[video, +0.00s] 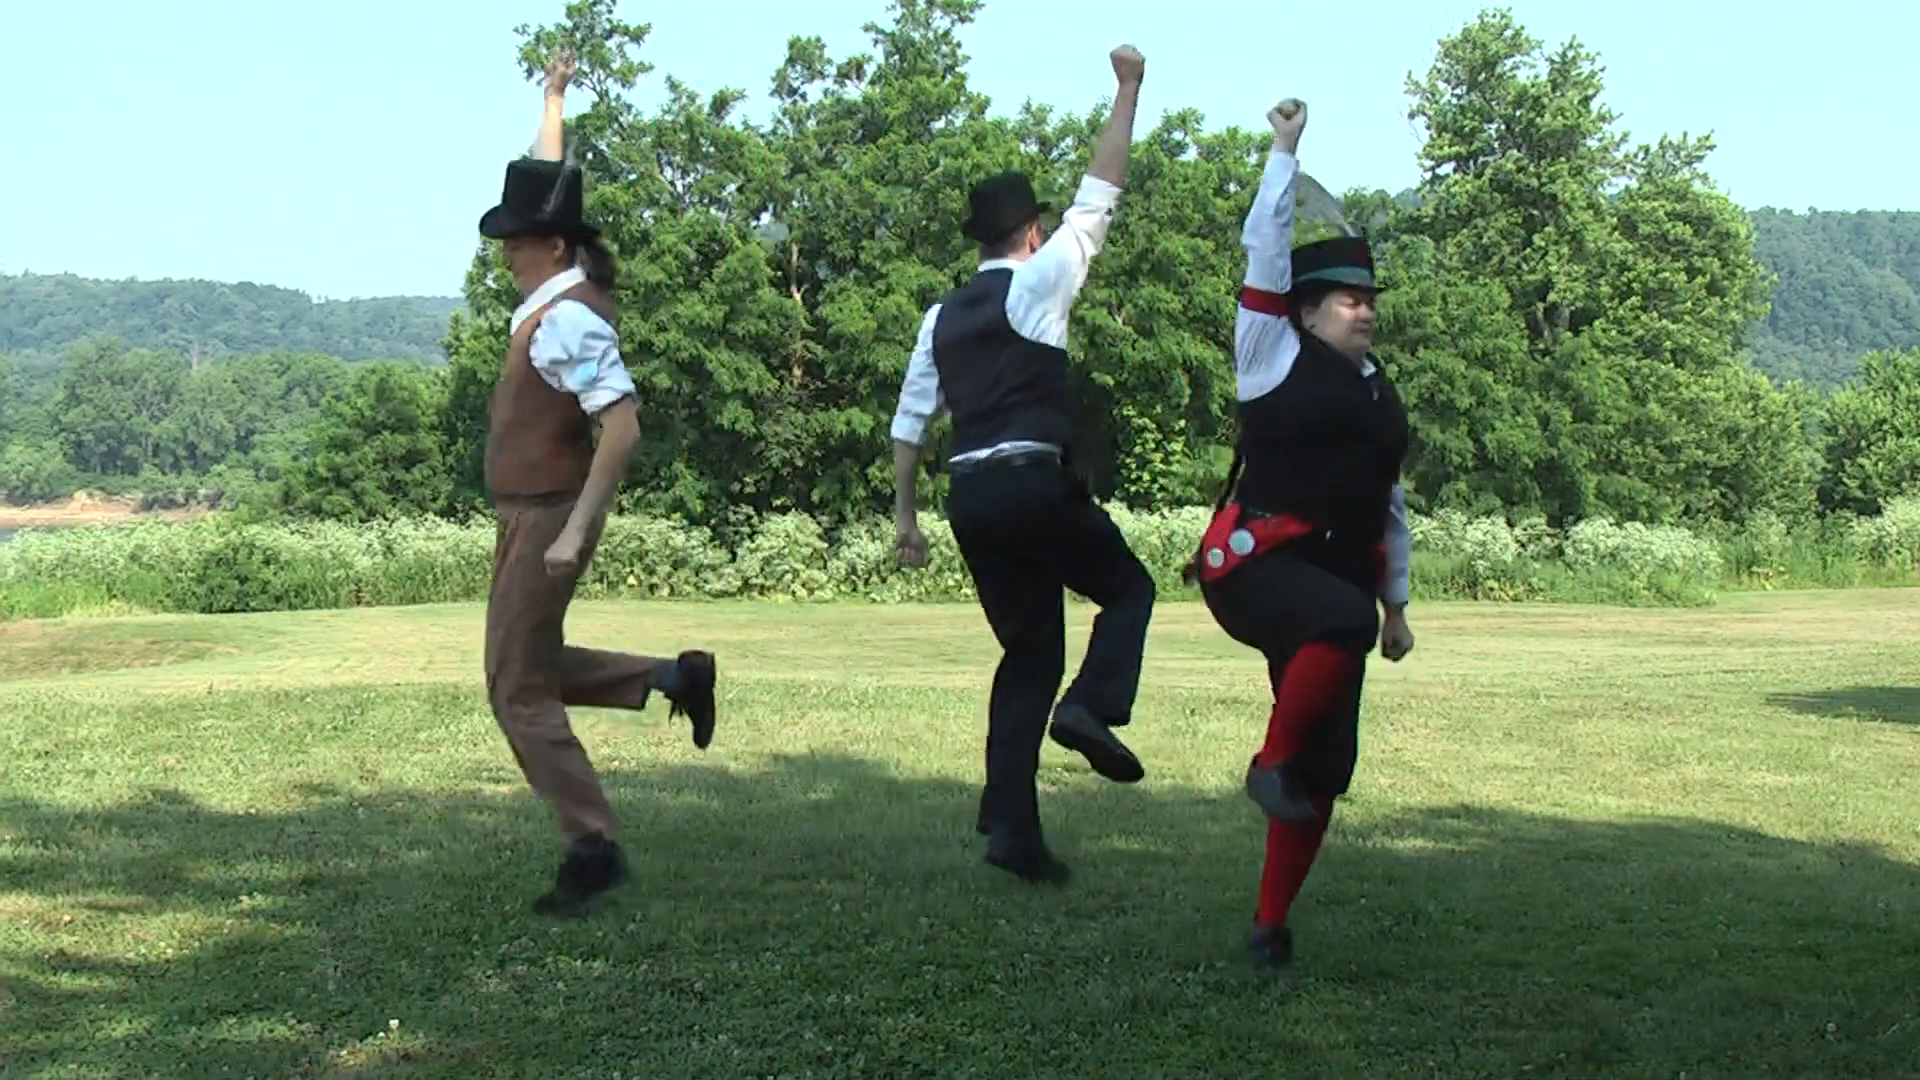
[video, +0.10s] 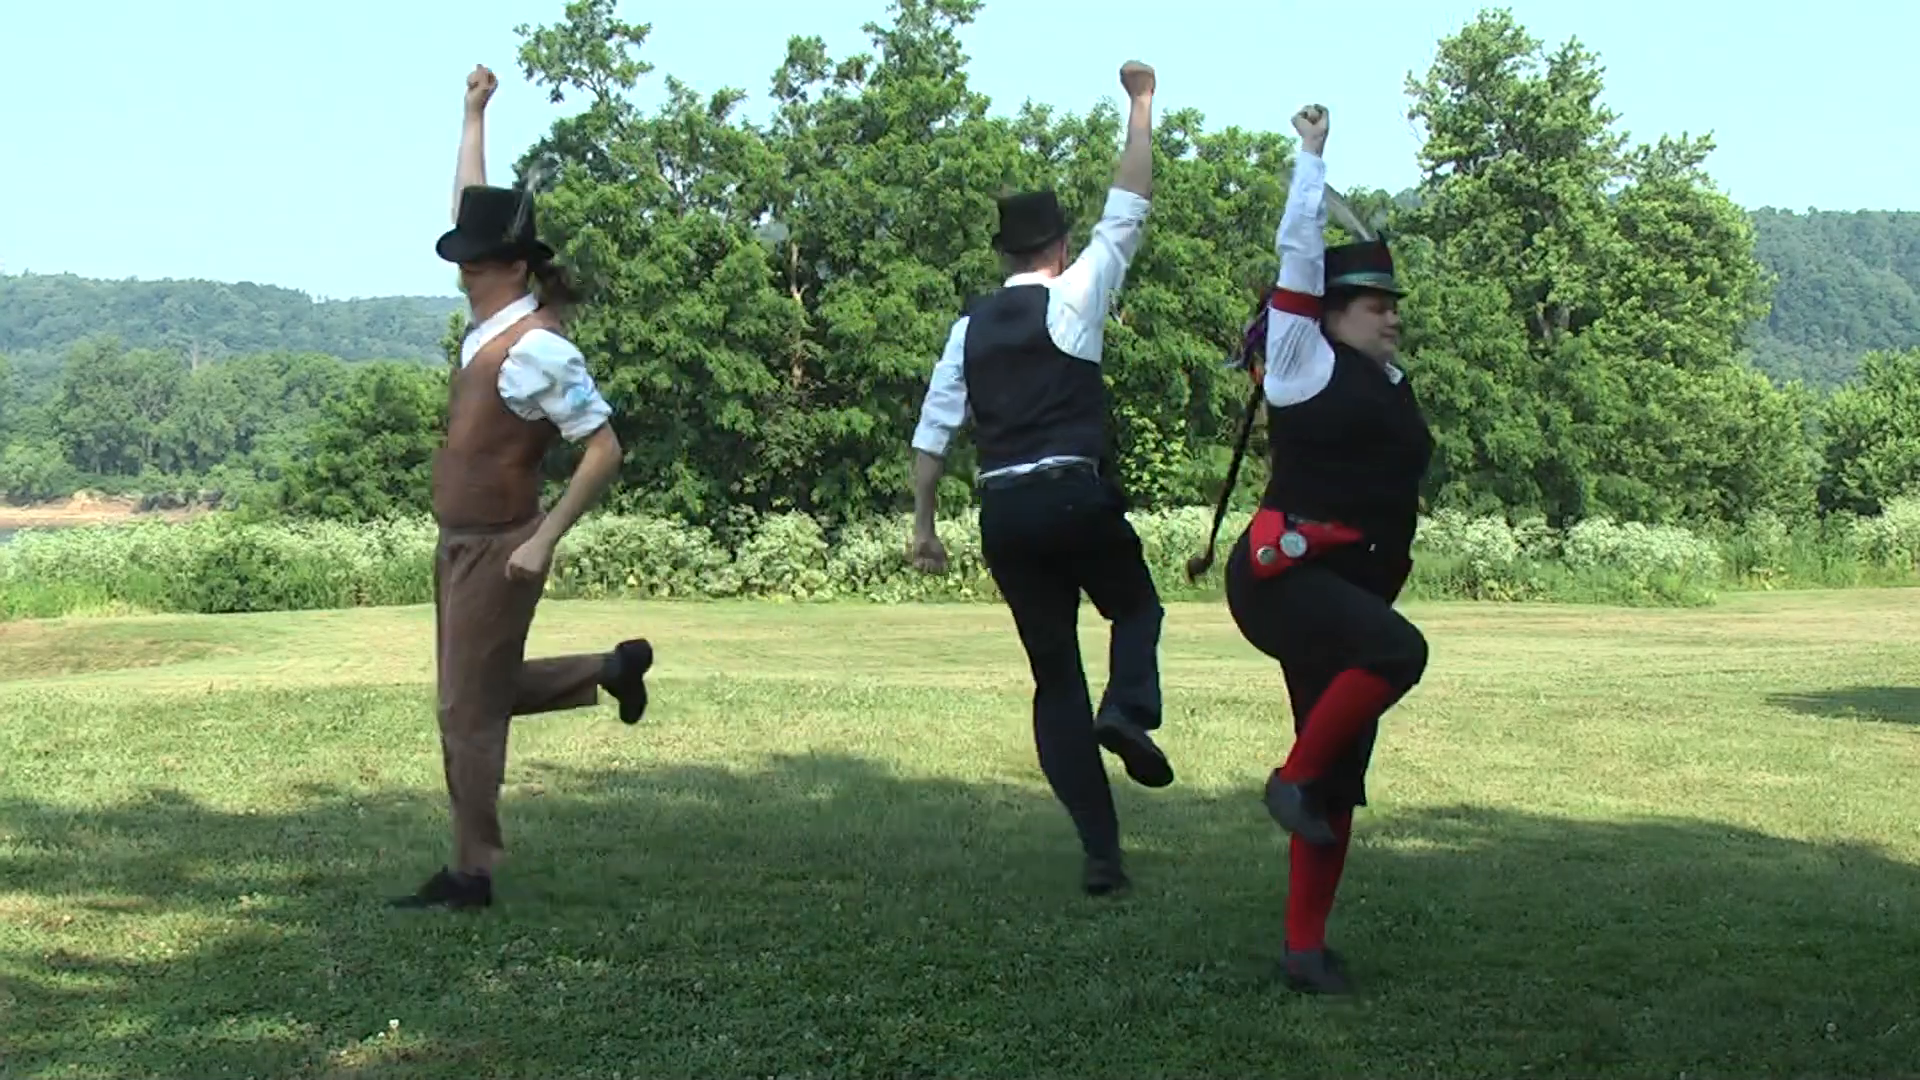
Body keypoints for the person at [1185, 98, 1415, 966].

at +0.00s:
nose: (1363, 311)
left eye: (1368, 301)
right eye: (1348, 300)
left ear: (1371, 315)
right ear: (1308, 309)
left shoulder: (1378, 399)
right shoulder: (1273, 357)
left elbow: (1390, 507)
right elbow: (1265, 249)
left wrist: (1393, 599)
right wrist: (1285, 147)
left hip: (1339, 576)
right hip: (1255, 558)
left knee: (1321, 764)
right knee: (1341, 619)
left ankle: (1270, 925)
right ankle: (1272, 765)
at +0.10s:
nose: (1390, 315)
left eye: (1392, 304)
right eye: (1375, 304)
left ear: (1388, 319)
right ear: (1329, 311)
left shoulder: (1388, 385)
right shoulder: (1300, 361)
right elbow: (1298, 251)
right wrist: (1311, 152)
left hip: (1354, 585)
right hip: (1285, 572)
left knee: (1333, 777)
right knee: (1397, 650)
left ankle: (1305, 947)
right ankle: (1295, 781)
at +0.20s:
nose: (1415, 353)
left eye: (1417, 341)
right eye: (1401, 341)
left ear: (1410, 351)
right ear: (1357, 348)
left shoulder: (1398, 425)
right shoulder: (1335, 402)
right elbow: (1335, 290)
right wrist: (1347, 189)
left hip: (1361, 621)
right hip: (1311, 608)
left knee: (1353, 806)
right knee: (1450, 690)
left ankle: (1300, 962)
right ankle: (1374, 847)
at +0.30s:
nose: (1450, 357)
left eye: (1448, 343)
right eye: (1436, 344)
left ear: (1428, 353)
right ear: (1396, 346)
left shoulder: (1414, 417)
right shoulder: (1373, 402)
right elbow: (1390, 295)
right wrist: (1408, 183)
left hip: (1371, 630)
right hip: (1347, 619)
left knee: (1376, 817)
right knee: (1499, 711)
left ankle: (1301, 963)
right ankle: (1482, 891)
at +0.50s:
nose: (1536, 331)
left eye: (1535, 320)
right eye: (1525, 320)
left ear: (1496, 326)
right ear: (1487, 318)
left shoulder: (1485, 387)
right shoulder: (1463, 369)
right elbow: (1481, 251)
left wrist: (1445, 200)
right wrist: (1487, 150)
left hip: (1425, 597)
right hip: (1451, 592)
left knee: (1502, 785)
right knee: (1559, 762)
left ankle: (1387, 911)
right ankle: (1555, 947)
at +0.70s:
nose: (1591, 370)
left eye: (1587, 358)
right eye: (1584, 356)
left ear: (1512, 364)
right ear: (1568, 362)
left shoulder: (1467, 447)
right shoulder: (1572, 417)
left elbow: (1430, 549)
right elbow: (1616, 303)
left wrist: (1410, 643)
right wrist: (1581, 208)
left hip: (1469, 646)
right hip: (1545, 642)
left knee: (1644, 748)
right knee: (1608, 807)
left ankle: (1693, 915)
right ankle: (1543, 990)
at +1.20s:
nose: (1651, 374)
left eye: (1625, 364)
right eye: (1658, 363)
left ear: (1600, 372)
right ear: (1670, 366)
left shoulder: (1557, 459)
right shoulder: (1705, 425)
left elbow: (1532, 564)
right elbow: (1751, 329)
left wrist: (1512, 652)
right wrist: (1693, 250)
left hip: (1585, 650)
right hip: (1690, 641)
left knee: (1674, 723)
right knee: (1694, 808)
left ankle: (1699, 846)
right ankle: (1679, 981)